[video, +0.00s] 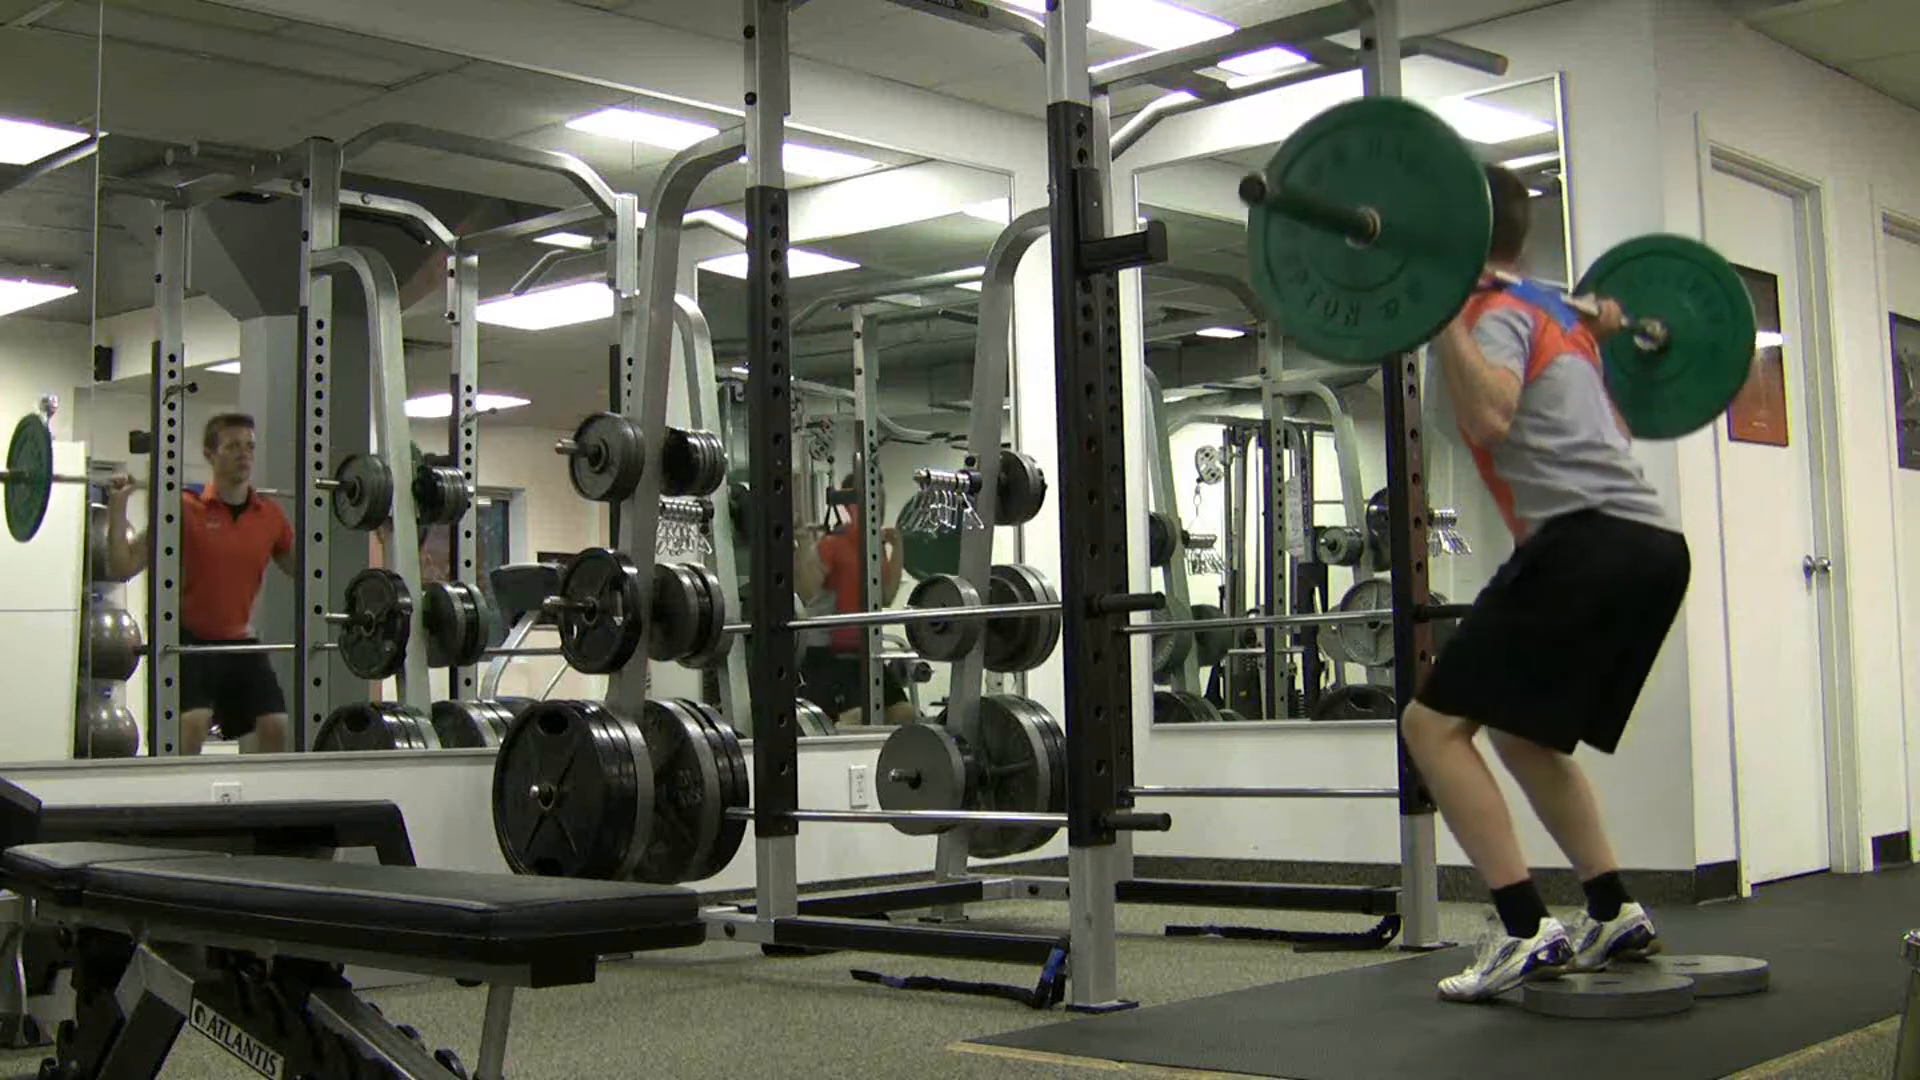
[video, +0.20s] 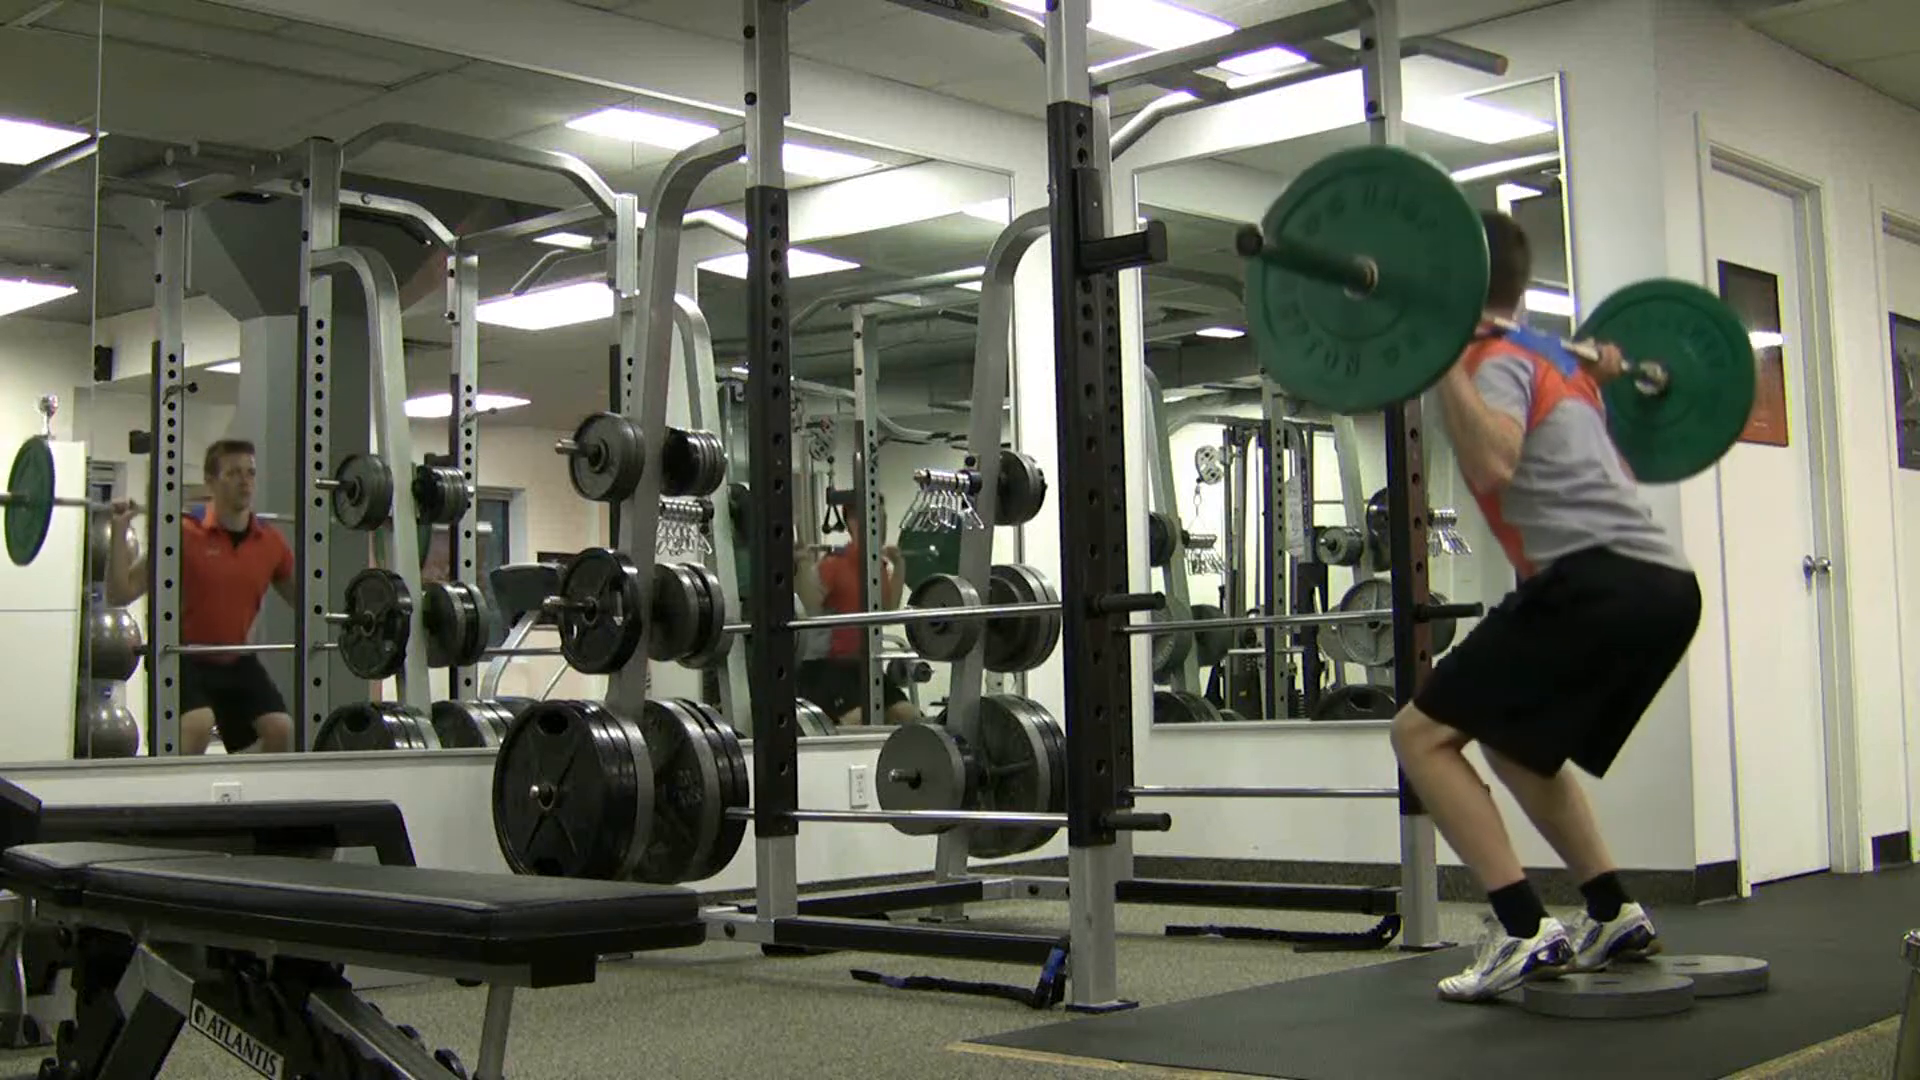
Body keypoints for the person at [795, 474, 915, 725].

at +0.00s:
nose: (871, 506)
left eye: (876, 498)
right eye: (863, 499)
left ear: (882, 501)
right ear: (848, 506)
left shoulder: (875, 545)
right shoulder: (833, 544)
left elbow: (887, 596)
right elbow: (808, 593)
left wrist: (897, 548)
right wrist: (804, 547)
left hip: (869, 652)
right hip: (835, 652)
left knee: (903, 716)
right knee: (852, 721)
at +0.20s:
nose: (870, 524)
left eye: (877, 517)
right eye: (861, 517)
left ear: (884, 521)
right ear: (848, 523)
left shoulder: (879, 566)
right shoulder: (834, 564)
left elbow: (889, 610)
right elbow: (813, 604)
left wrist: (899, 568)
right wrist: (804, 566)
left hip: (869, 665)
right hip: (836, 664)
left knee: (909, 716)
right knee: (857, 719)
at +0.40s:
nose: (874, 545)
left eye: (880, 536)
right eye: (866, 537)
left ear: (886, 540)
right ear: (851, 542)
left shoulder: (881, 585)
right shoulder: (832, 584)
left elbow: (887, 632)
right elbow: (816, 632)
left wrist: (899, 584)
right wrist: (803, 587)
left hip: (869, 678)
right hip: (830, 678)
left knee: (909, 716)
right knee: (860, 717)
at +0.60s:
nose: (884, 562)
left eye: (886, 555)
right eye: (875, 556)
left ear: (889, 556)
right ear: (854, 560)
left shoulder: (882, 601)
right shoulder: (833, 601)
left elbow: (888, 647)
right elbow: (815, 649)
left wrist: (900, 602)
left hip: (869, 689)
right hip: (832, 688)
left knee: (912, 718)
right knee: (861, 721)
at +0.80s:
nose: (884, 575)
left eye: (887, 568)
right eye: (877, 568)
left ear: (891, 571)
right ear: (855, 573)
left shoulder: (887, 613)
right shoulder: (834, 612)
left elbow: (894, 659)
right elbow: (813, 661)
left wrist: (900, 612)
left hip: (872, 697)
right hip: (835, 698)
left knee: (915, 719)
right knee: (864, 724)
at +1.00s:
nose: (887, 586)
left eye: (889, 579)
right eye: (879, 580)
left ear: (893, 581)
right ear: (857, 585)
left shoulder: (883, 622)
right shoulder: (836, 623)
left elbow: (891, 668)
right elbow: (807, 673)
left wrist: (903, 625)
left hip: (872, 704)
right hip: (838, 706)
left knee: (917, 721)